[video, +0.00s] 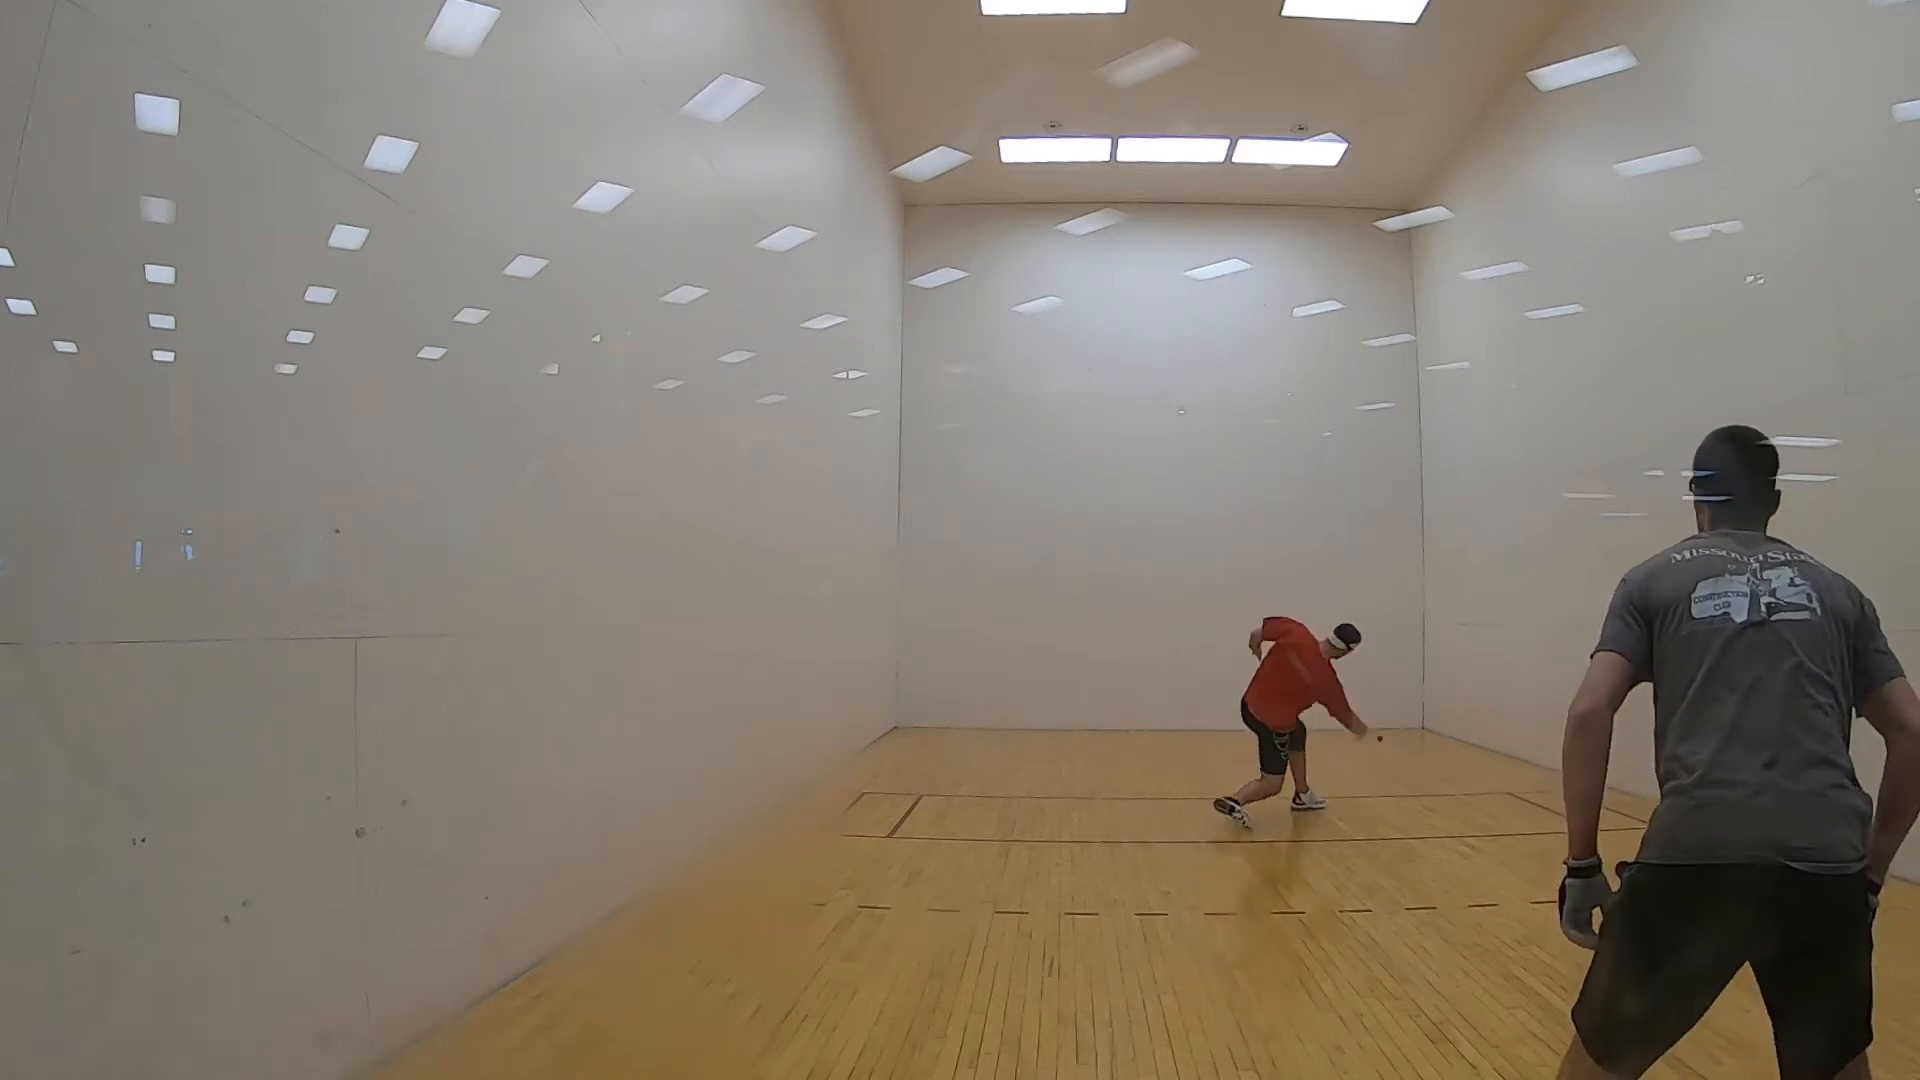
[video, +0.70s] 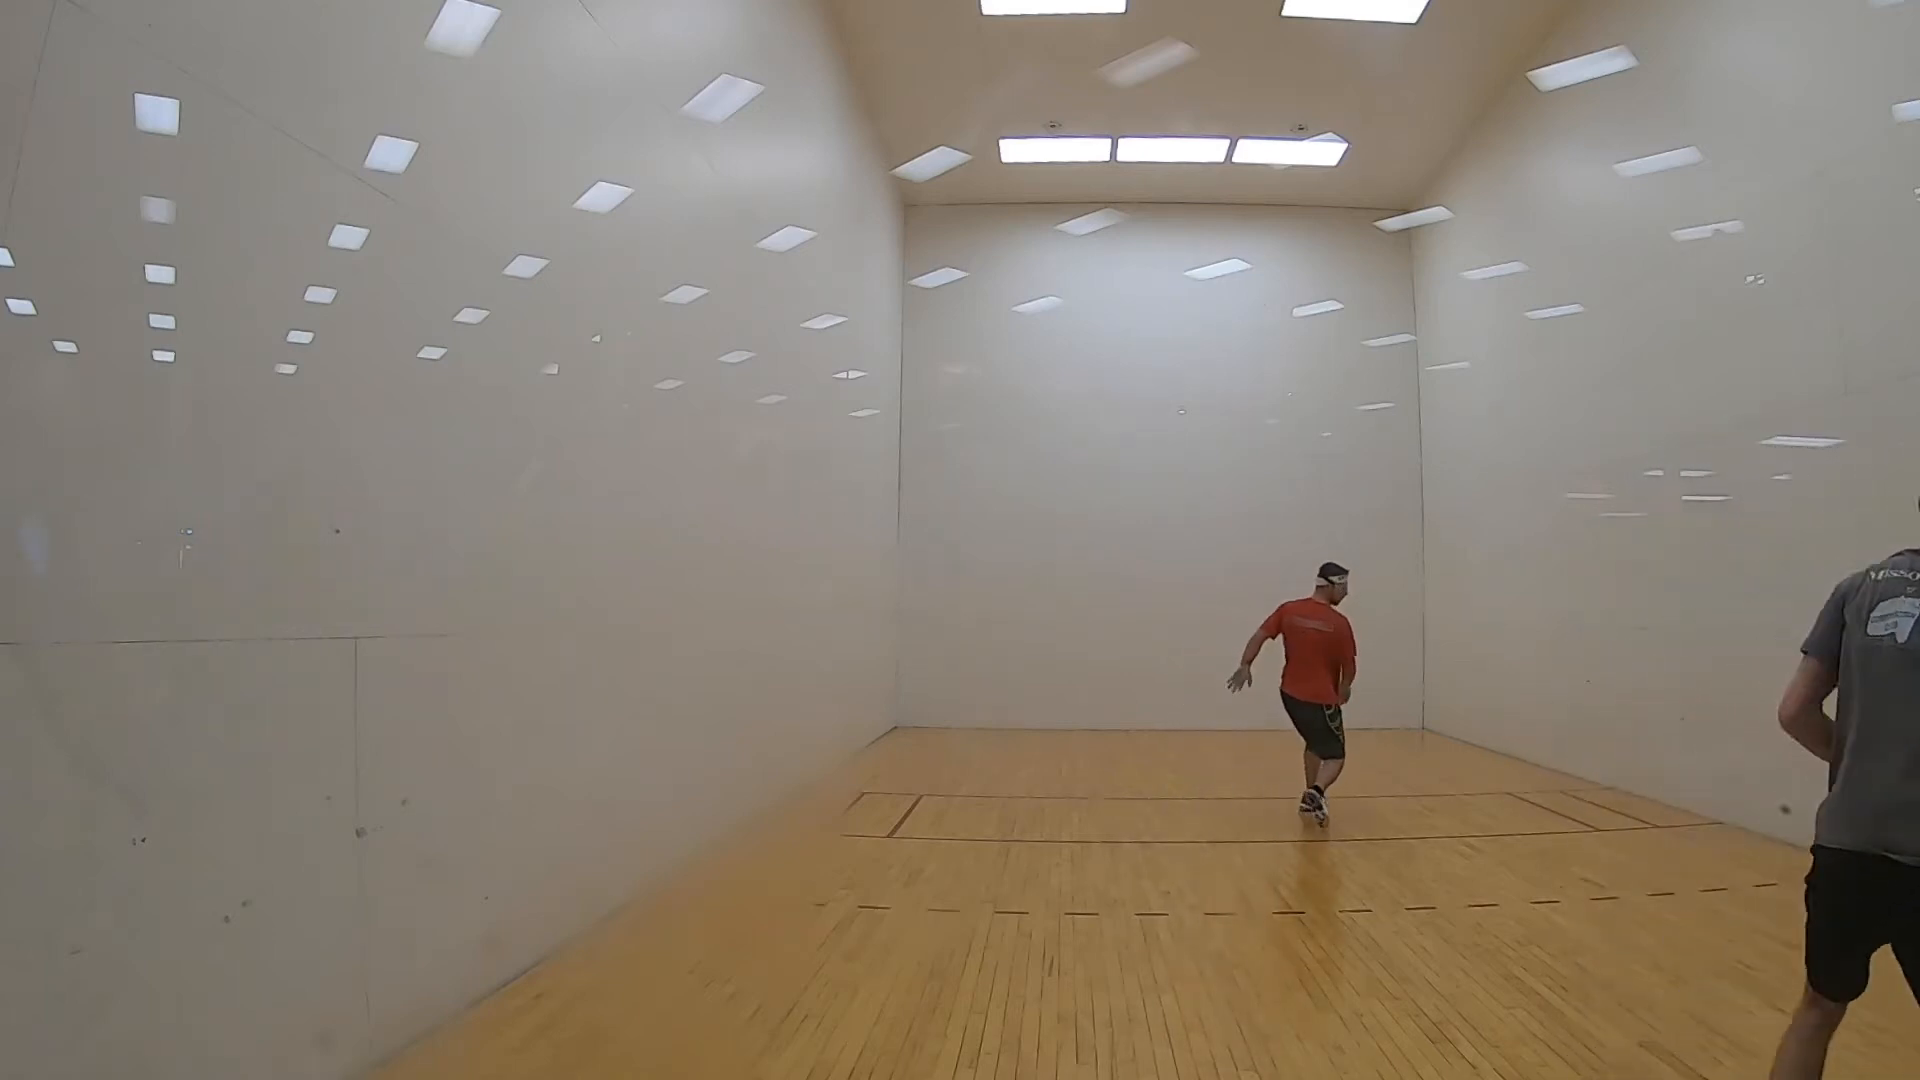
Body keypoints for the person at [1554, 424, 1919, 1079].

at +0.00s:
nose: (1700, 504)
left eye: (1698, 495)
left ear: (1699, 500)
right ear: (1773, 502)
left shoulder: (1653, 579)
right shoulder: (1837, 590)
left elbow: (1589, 710)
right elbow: (1911, 731)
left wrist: (1582, 860)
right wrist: (1873, 870)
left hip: (1693, 863)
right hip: (1826, 871)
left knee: (1596, 1056)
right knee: (1839, 1064)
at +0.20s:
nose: (1728, 504)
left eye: (1726, 495)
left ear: (1730, 501)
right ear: (1807, 507)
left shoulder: (1671, 584)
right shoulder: (1861, 600)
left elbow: (1605, 720)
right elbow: (1911, 745)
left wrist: (1610, 853)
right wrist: (1885, 878)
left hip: (1692, 863)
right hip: (1828, 872)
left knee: (1602, 1054)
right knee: (1849, 1054)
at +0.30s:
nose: (1773, 519)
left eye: (1772, 509)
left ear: (1773, 517)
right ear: (1848, 521)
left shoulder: (1709, 596)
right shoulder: (1894, 616)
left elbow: (1641, 731)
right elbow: (1915, 745)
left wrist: (1652, 839)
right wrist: (1916, 874)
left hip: (1708, 868)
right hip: (1843, 883)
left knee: (1612, 1056)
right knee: (1875, 1044)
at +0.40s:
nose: (1833, 515)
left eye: (1830, 505)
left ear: (1830, 513)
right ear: (1905, 521)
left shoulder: (1767, 598)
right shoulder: (1915, 605)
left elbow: (1696, 724)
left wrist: (1712, 810)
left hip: (1746, 869)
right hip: (1880, 882)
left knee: (1649, 1058)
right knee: (1897, 1055)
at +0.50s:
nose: (1877, 511)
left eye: (1875, 502)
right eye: (1885, 501)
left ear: (1877, 510)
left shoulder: (1817, 594)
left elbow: (1737, 707)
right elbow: (1738, 705)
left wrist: (1760, 794)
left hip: (1790, 860)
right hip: (1903, 873)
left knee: (1702, 1041)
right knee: (1909, 1057)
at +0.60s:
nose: (1909, 502)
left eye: (1907, 492)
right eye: (1914, 493)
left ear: (1904, 500)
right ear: (1913, 501)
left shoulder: (1845, 580)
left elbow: (1770, 692)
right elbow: (1773, 693)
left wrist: (1806, 767)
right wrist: (1805, 767)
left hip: (1825, 847)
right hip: (1909, 862)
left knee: (1768, 1008)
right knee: (1915, 1050)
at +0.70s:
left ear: (1918, 509)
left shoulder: (1862, 588)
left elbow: (1796, 710)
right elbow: (1799, 711)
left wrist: (1853, 755)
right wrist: (1854, 754)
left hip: (1850, 844)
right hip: (1915, 853)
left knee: (1819, 1006)